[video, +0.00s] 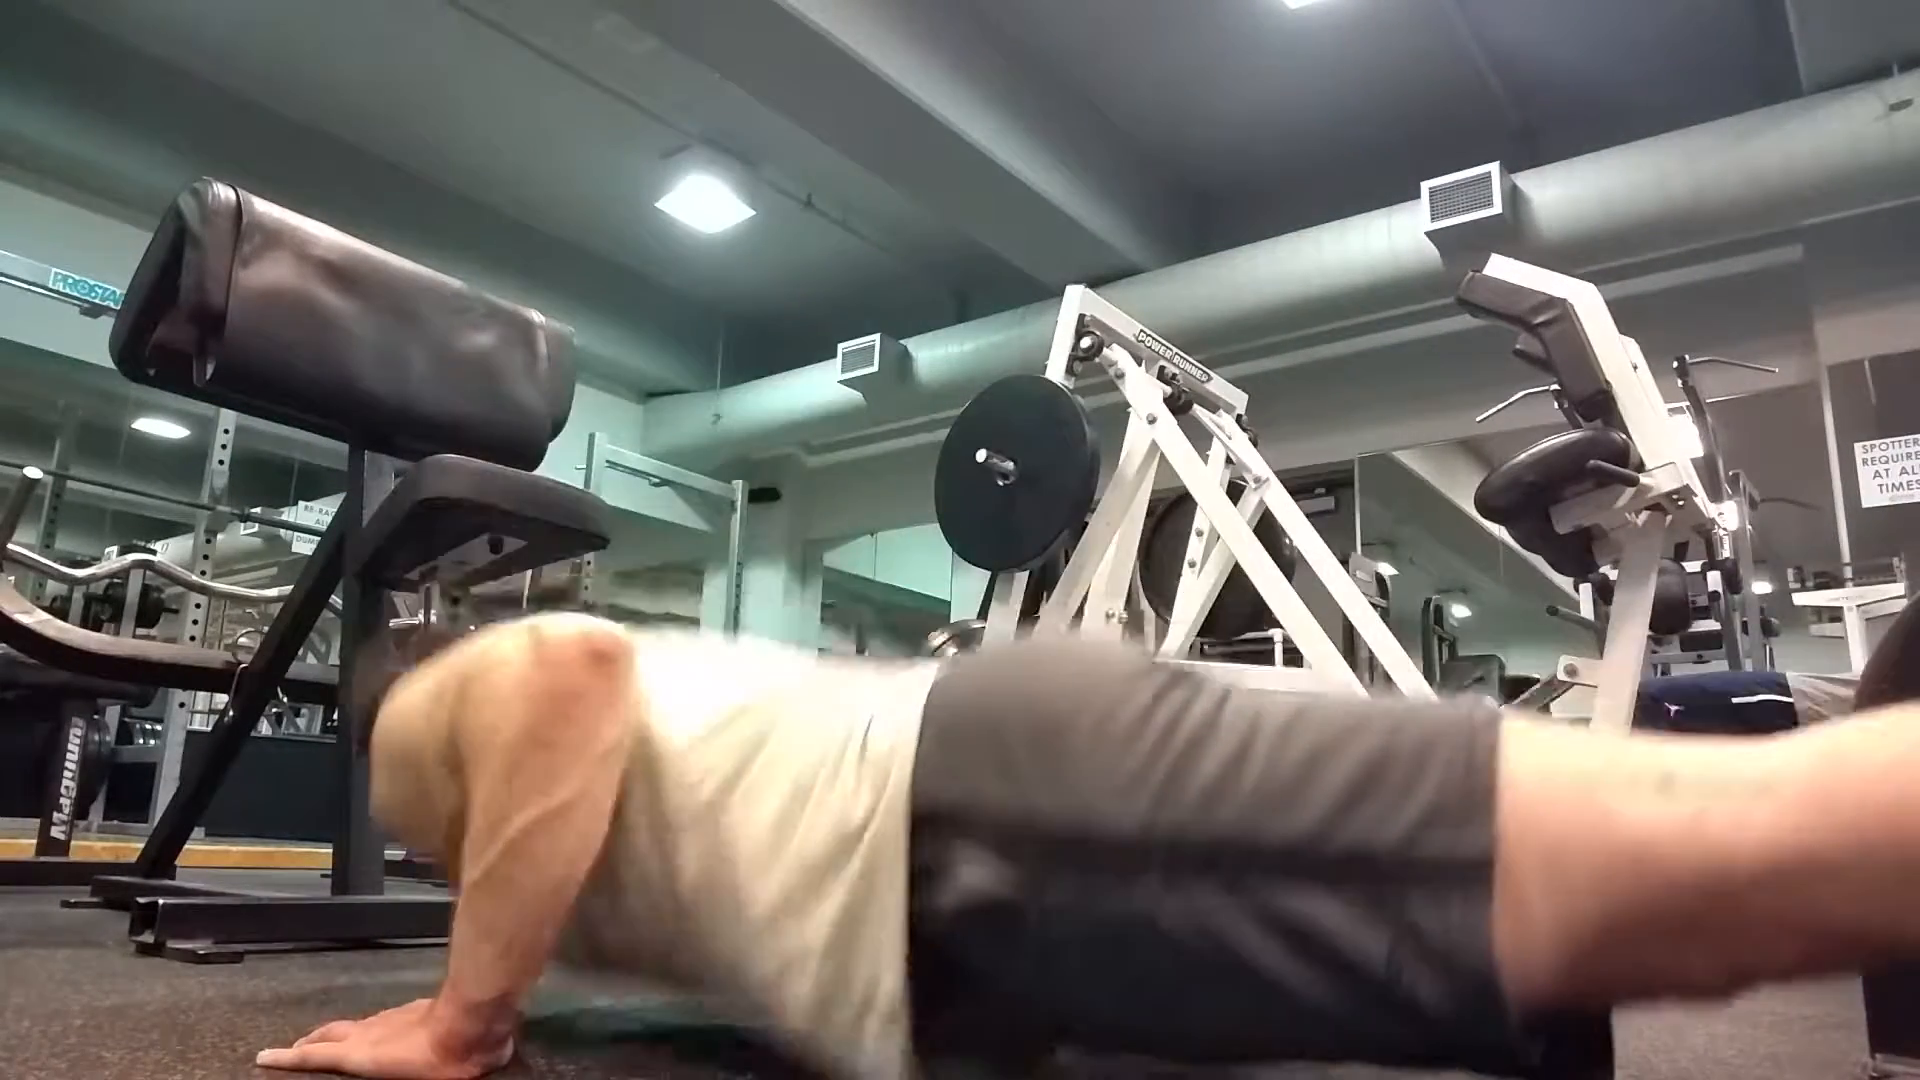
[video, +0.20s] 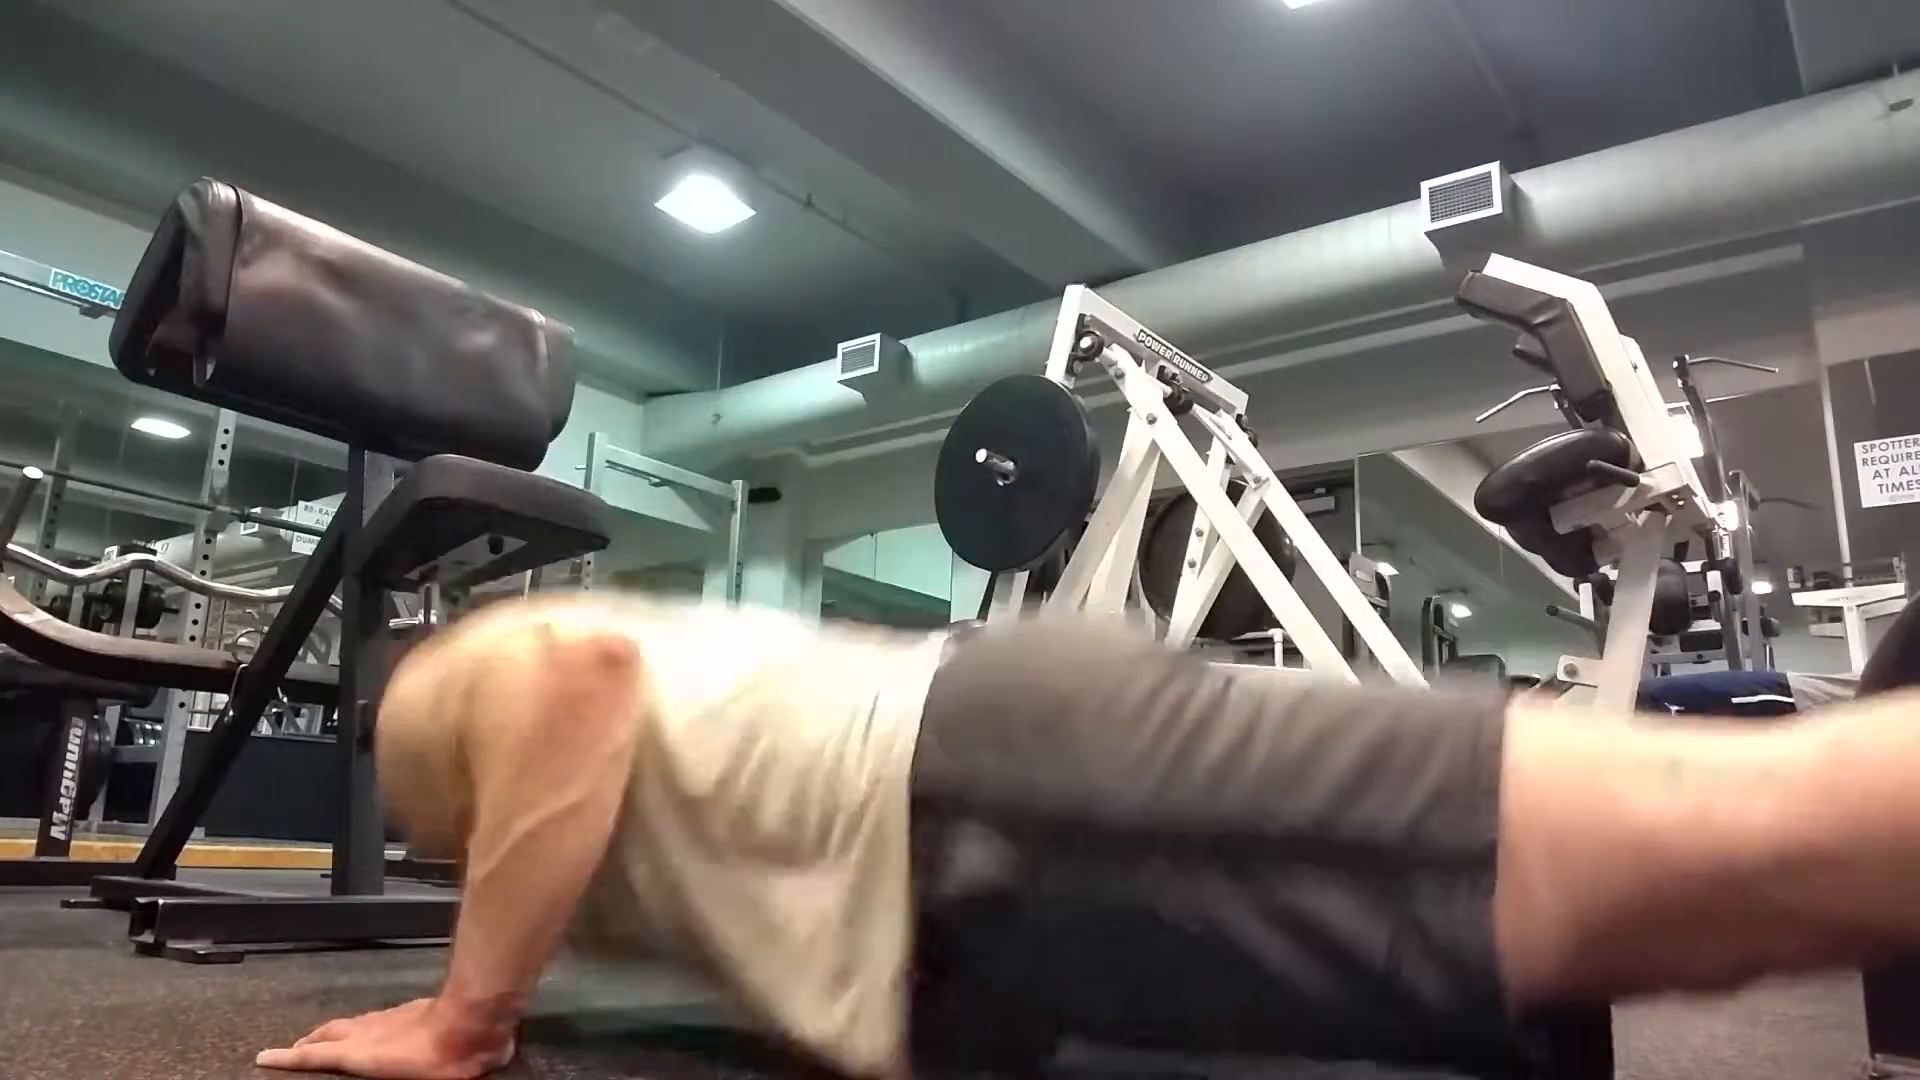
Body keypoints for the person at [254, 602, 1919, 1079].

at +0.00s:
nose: (413, 818)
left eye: (394, 796)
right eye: (415, 804)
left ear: (409, 700)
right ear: (448, 724)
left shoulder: (433, 705)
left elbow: (575, 691)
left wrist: (457, 1018)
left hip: (975, 832)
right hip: (964, 953)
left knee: (1707, 871)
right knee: (1704, 872)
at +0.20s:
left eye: (400, 750)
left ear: (423, 653)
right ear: (520, 611)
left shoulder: (445, 680)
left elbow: (580, 682)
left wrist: (459, 1016)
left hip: (981, 813)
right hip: (975, 944)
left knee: (1759, 842)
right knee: (1750, 857)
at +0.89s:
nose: (418, 876)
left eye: (394, 860)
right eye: (413, 863)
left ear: (381, 803)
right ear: (432, 778)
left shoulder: (435, 726)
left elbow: (637, 700)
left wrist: (462, 1015)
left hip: (989, 832)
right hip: (983, 935)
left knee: (1722, 863)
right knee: (1716, 865)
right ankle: (1875, 921)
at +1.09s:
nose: (444, 836)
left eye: (415, 805)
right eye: (429, 827)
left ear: (416, 672)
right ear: (513, 593)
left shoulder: (468, 655)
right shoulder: (660, 624)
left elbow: (640, 712)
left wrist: (464, 1018)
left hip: (1014, 766)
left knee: (1746, 832)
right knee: (1734, 841)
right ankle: (1870, 901)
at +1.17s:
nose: (427, 682)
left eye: (410, 643)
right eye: (417, 667)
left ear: (421, 574)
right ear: (519, 493)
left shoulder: (504, 538)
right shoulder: (666, 525)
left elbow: (639, 692)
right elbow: (905, 686)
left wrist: (466, 1023)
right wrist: (929, 946)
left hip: (1034, 662)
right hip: (1054, 690)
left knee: (1762, 768)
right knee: (1736, 781)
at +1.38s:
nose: (464, 563)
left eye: (443, 528)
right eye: (445, 558)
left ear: (455, 432)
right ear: (524, 454)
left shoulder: (556, 401)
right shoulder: (741, 465)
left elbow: (616, 667)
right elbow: (924, 724)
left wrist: (469, 1016)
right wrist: (923, 967)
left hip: (1063, 552)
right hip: (1080, 647)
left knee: (1751, 688)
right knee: (1732, 731)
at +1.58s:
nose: (409, 713)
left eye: (395, 676)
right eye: (399, 696)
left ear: (401, 601)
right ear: (506, 528)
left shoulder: (476, 589)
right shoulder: (655, 557)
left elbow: (639, 704)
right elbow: (903, 696)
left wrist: (465, 1023)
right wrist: (933, 957)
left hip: (1013, 726)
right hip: (1035, 701)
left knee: (1713, 808)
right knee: (1700, 810)